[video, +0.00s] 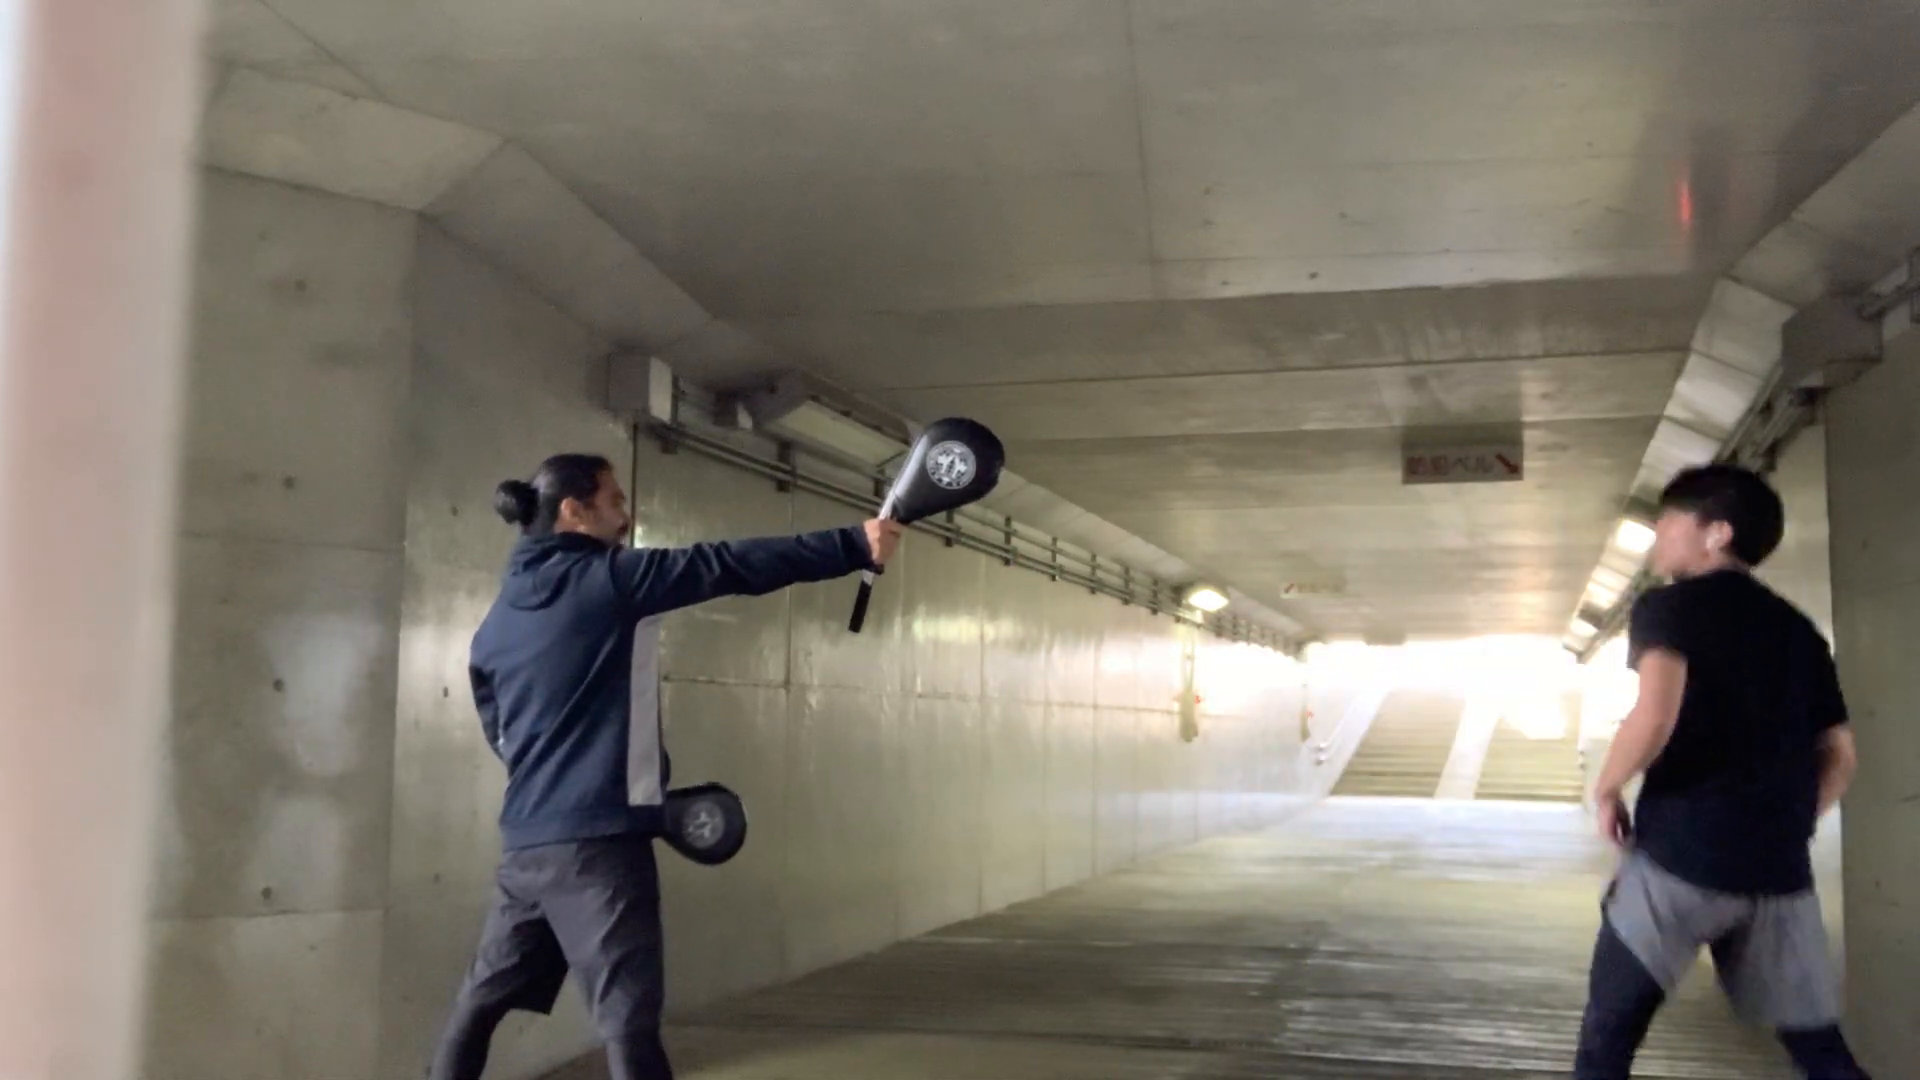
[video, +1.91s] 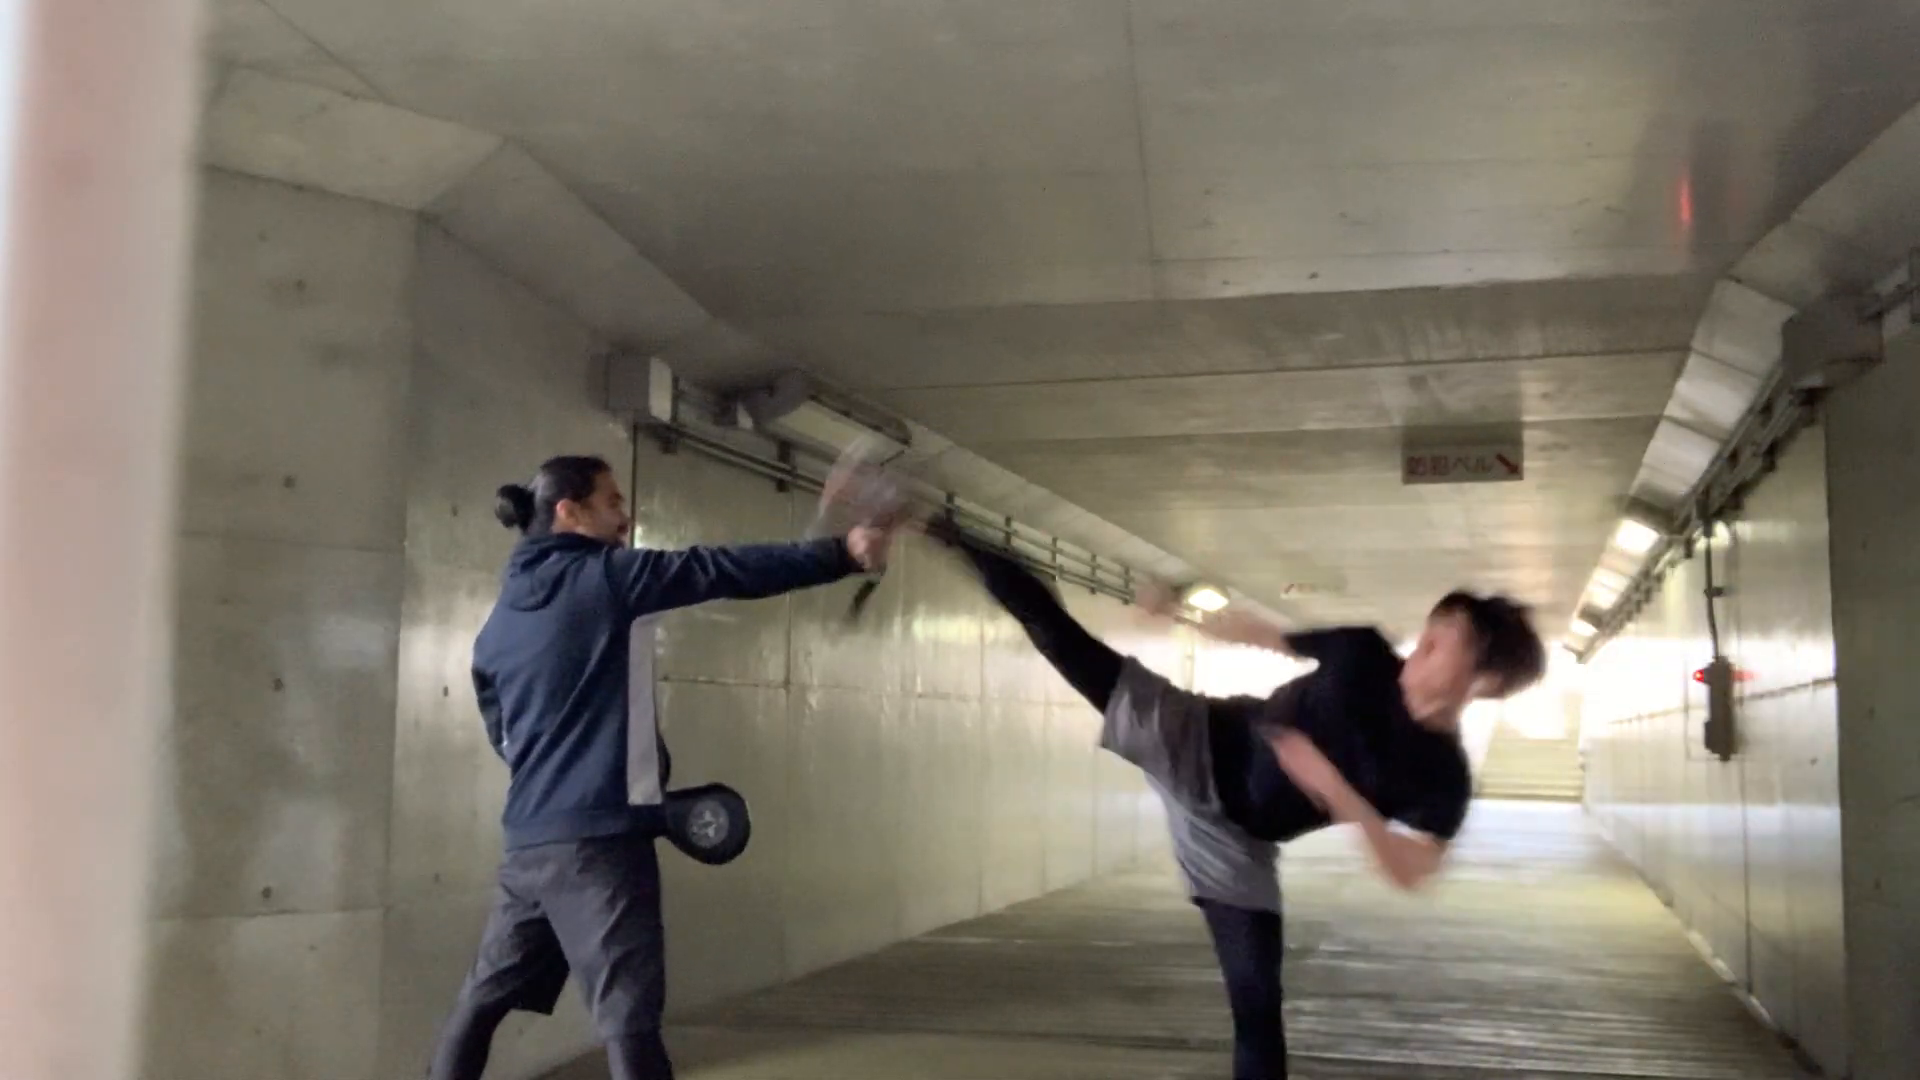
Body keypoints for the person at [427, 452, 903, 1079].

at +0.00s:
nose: (628, 516)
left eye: (624, 502)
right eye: (616, 502)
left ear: (561, 515)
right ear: (572, 511)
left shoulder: (493, 629)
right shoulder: (606, 577)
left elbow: (511, 740)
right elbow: (726, 565)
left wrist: (631, 784)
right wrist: (854, 544)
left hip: (527, 841)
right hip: (595, 839)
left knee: (477, 1007)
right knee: (628, 1026)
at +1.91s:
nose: (627, 516)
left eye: (623, 503)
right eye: (614, 504)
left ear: (560, 516)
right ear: (568, 512)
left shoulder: (494, 629)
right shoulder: (607, 575)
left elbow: (511, 740)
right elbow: (720, 570)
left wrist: (624, 783)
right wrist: (841, 552)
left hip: (529, 839)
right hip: (597, 836)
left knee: (478, 1006)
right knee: (629, 1027)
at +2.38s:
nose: (622, 514)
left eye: (620, 501)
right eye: (609, 501)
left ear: (559, 516)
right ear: (562, 511)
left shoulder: (507, 615)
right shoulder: (585, 584)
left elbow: (545, 729)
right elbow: (696, 587)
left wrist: (633, 770)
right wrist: (820, 566)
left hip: (529, 838)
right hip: (591, 841)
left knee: (486, 1003)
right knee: (626, 1027)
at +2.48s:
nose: (619, 514)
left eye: (617, 502)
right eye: (606, 501)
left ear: (554, 516)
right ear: (559, 511)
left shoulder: (498, 626)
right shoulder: (584, 584)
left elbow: (546, 736)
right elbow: (697, 581)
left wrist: (641, 774)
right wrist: (821, 556)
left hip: (529, 837)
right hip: (592, 840)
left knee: (484, 1002)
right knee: (625, 1024)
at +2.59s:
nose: (617, 514)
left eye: (614, 502)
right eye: (603, 503)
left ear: (551, 517)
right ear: (556, 513)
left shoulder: (493, 630)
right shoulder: (586, 582)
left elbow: (538, 745)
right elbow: (702, 579)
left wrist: (645, 790)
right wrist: (823, 551)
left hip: (527, 839)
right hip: (592, 842)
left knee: (483, 1002)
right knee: (626, 1027)